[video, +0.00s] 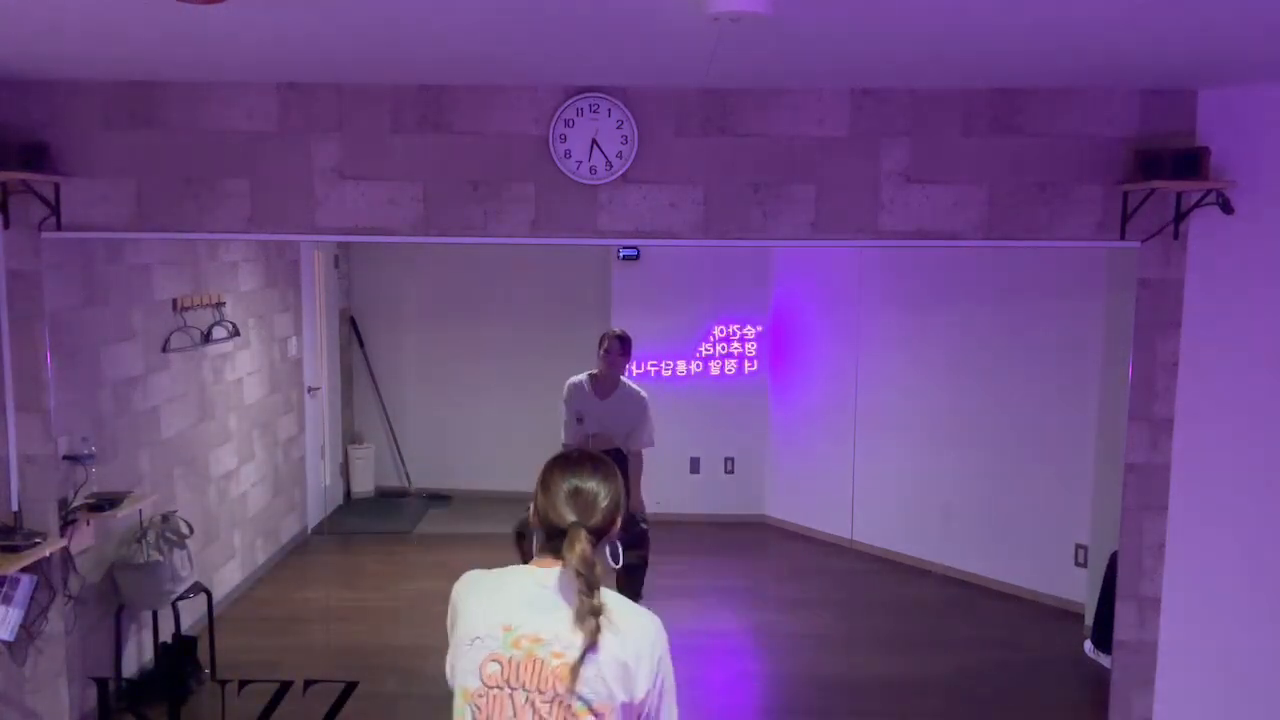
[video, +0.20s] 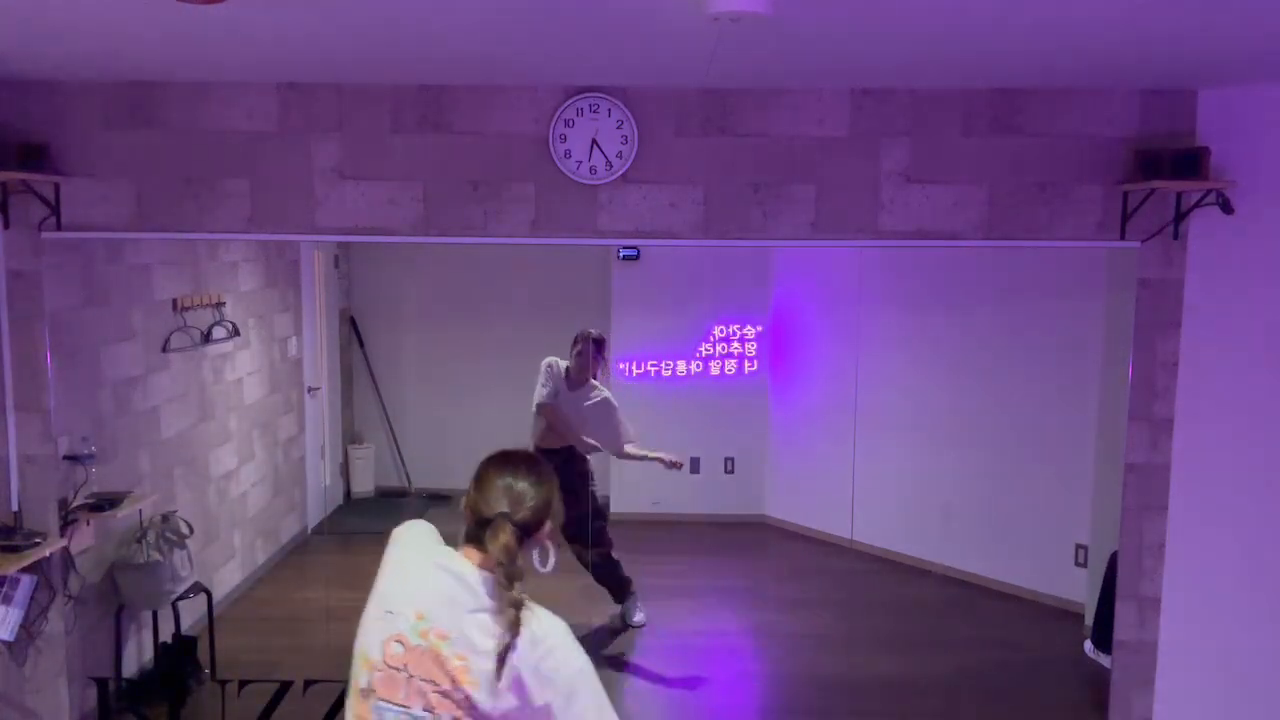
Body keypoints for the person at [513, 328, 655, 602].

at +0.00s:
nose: (611, 359)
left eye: (618, 354)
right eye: (607, 352)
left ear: (627, 360)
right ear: (598, 354)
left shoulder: (636, 399)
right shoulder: (575, 388)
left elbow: (635, 454)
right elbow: (571, 443)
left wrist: (635, 499)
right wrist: (571, 489)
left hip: (617, 465)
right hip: (580, 464)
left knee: (636, 533)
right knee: (526, 528)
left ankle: (627, 607)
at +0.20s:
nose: (581, 359)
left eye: (588, 356)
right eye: (578, 353)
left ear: (599, 363)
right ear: (571, 353)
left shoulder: (602, 401)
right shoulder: (552, 369)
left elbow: (621, 448)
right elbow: (544, 409)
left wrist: (659, 457)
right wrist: (577, 439)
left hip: (572, 466)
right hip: (540, 461)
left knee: (585, 537)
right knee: (512, 523)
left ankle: (626, 598)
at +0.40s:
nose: (530, 349)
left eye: (538, 346)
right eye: (529, 343)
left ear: (551, 352)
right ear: (524, 342)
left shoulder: (555, 389)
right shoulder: (511, 350)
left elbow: (580, 432)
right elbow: (500, 381)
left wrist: (619, 420)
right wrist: (545, 402)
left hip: (522, 462)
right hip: (489, 459)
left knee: (551, 537)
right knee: (440, 525)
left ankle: (594, 600)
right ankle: (468, 596)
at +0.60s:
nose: (496, 332)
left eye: (503, 327)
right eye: (494, 325)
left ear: (517, 331)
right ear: (490, 326)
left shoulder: (530, 360)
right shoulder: (478, 340)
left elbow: (558, 400)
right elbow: (456, 375)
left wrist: (587, 420)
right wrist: (485, 411)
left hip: (509, 444)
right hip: (472, 442)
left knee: (516, 523)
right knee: (455, 525)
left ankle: (530, 598)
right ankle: (464, 596)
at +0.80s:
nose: (483, 318)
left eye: (489, 313)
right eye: (479, 312)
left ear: (502, 315)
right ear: (473, 315)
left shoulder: (519, 349)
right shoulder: (457, 344)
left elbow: (533, 398)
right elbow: (441, 391)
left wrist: (541, 445)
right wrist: (442, 438)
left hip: (504, 438)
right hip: (467, 436)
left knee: (500, 518)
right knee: (468, 517)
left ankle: (494, 592)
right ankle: (467, 593)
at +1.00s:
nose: (480, 319)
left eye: (486, 314)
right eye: (474, 314)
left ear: (497, 317)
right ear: (467, 317)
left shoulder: (514, 355)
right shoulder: (451, 354)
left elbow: (521, 406)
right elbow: (442, 405)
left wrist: (515, 448)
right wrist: (442, 448)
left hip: (502, 439)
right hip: (466, 438)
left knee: (498, 519)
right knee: (465, 519)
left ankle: (494, 595)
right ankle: (467, 595)